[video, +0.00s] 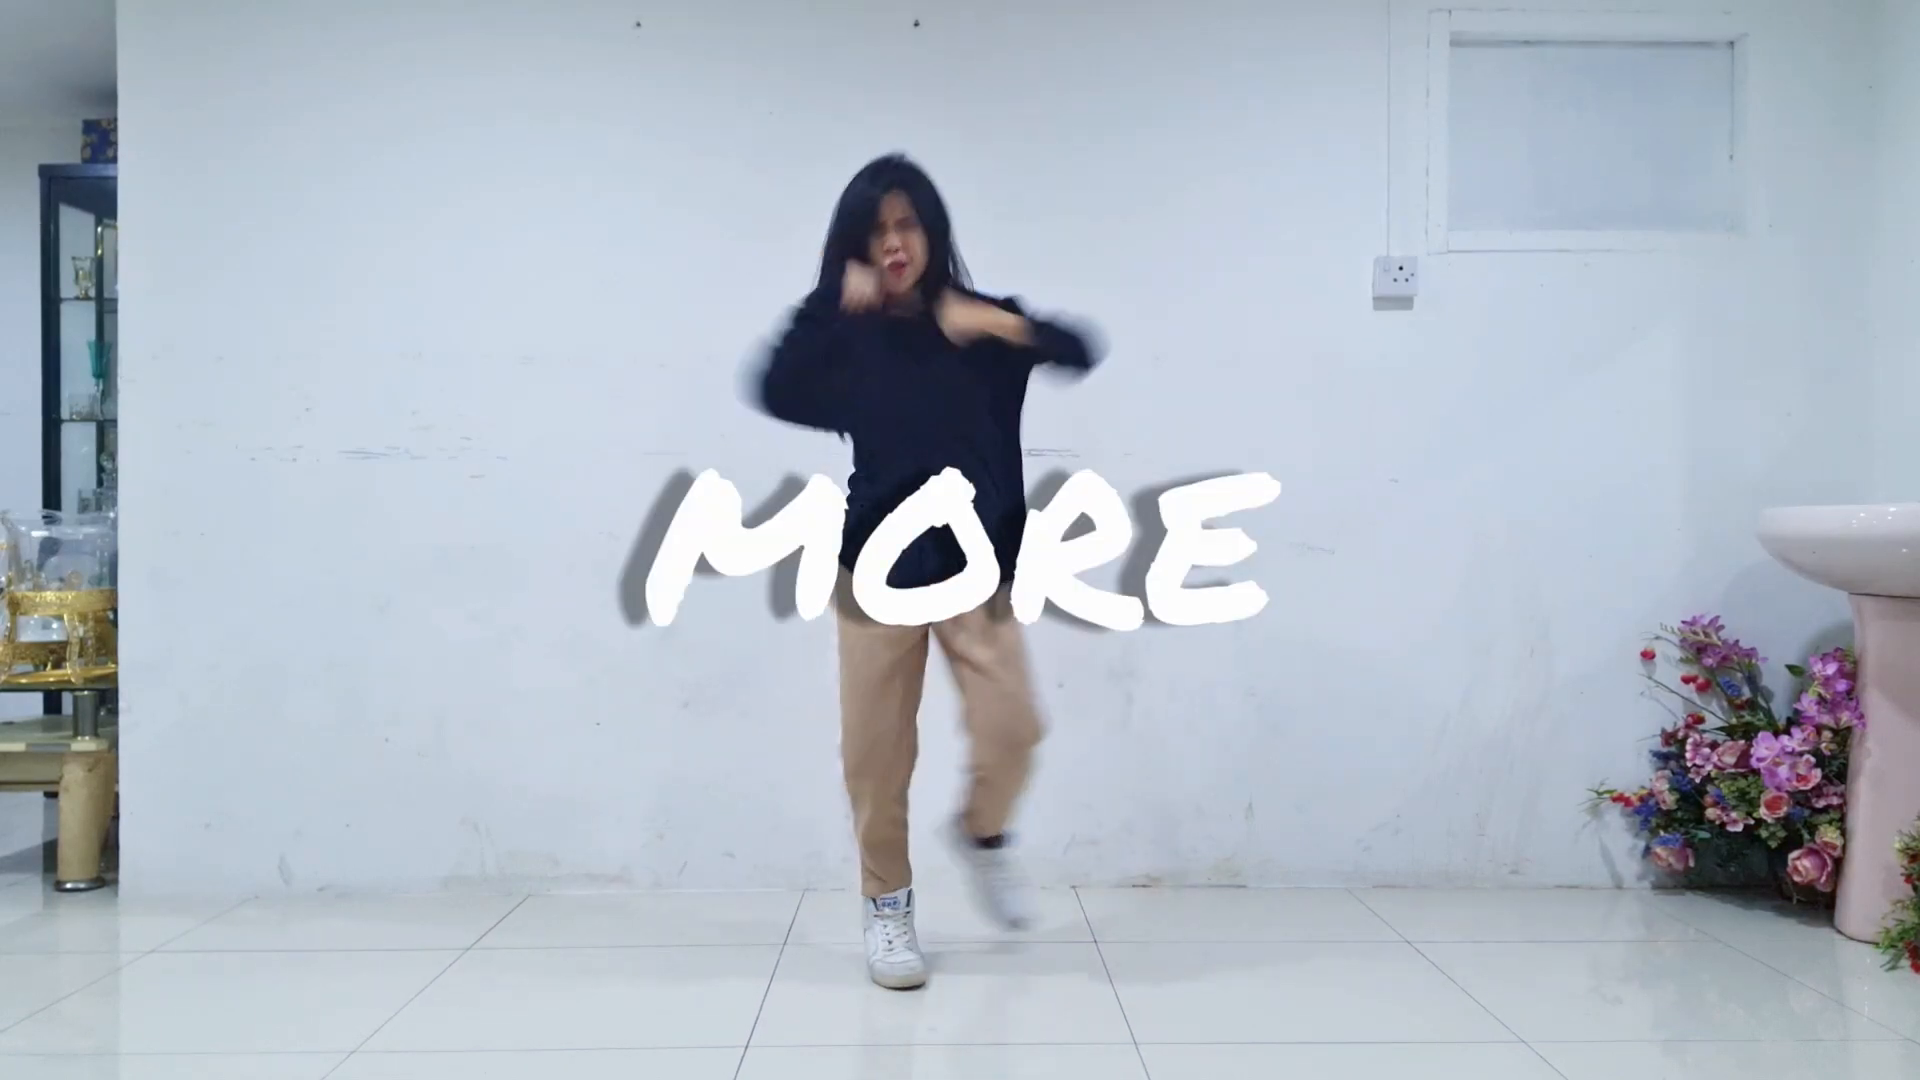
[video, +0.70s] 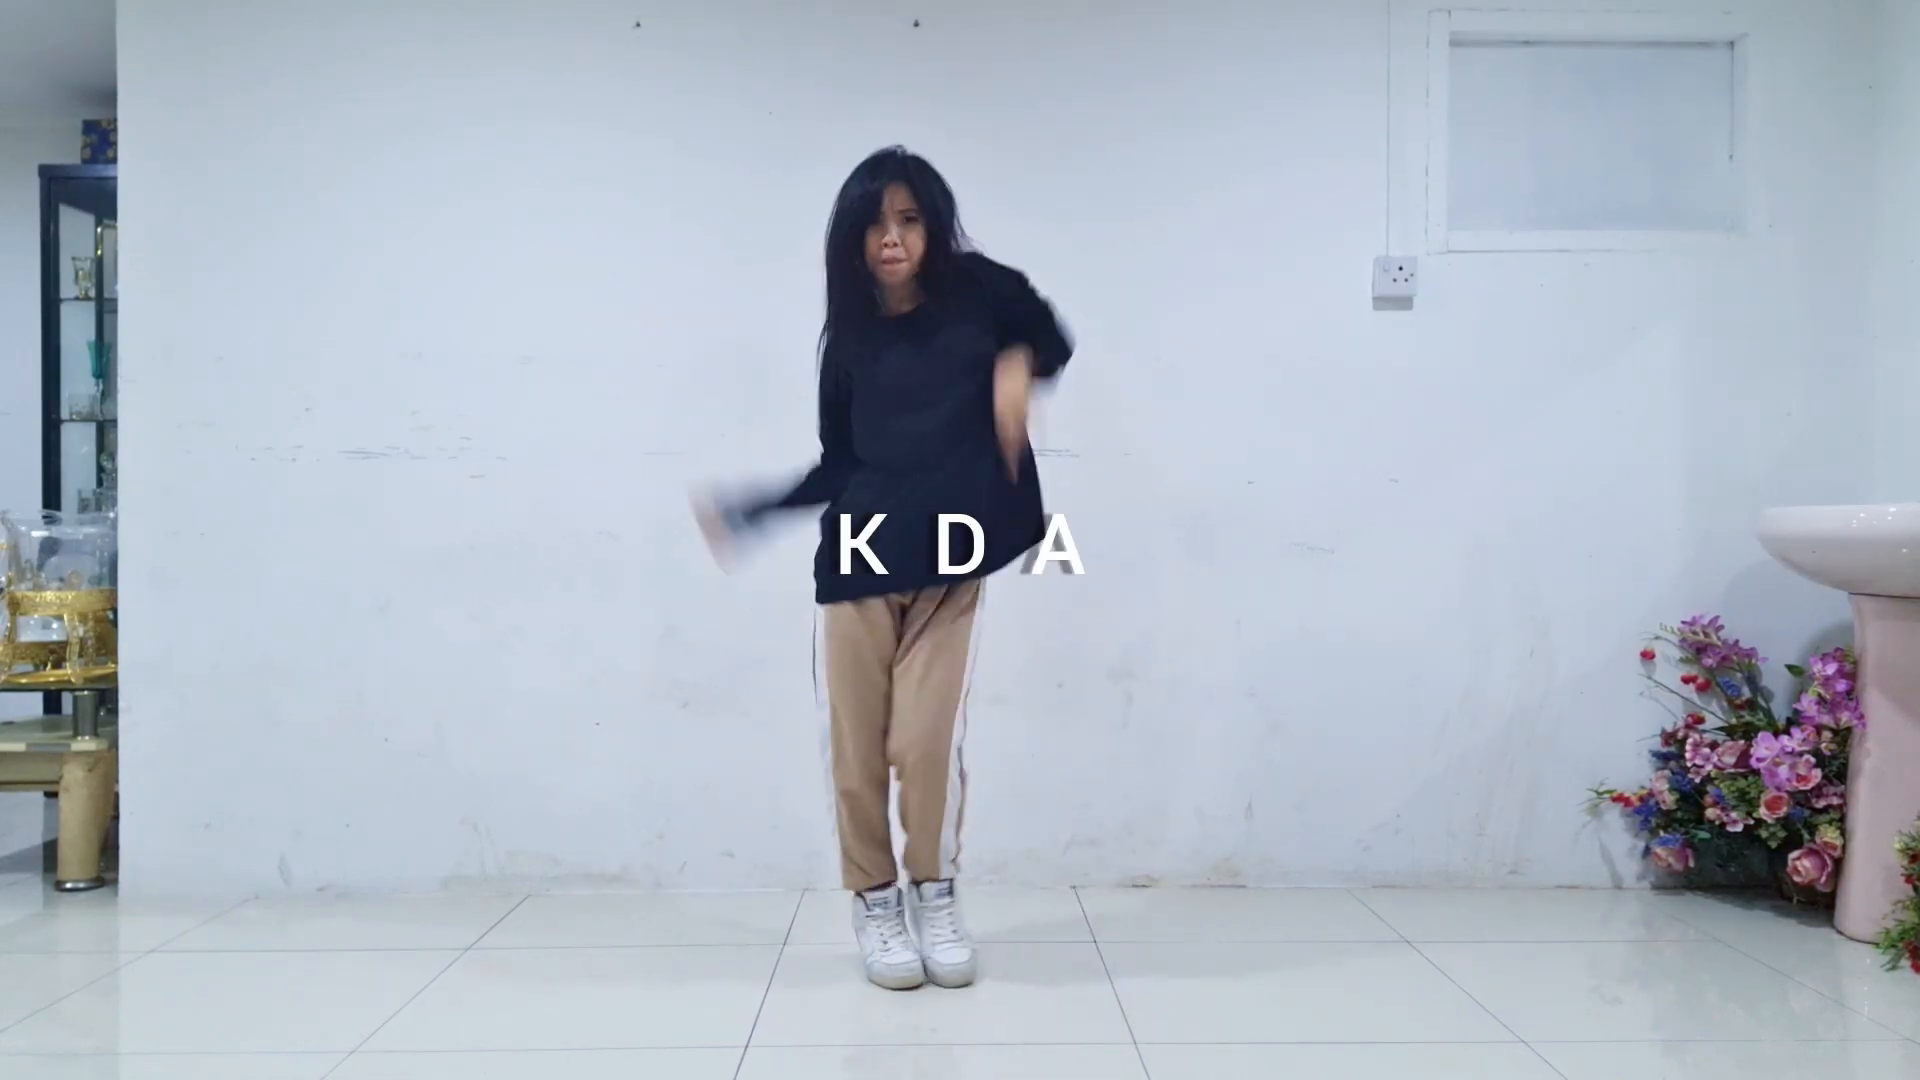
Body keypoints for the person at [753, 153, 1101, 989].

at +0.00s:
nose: (895, 245)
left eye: (908, 227)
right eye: (878, 231)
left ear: (936, 235)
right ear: (853, 245)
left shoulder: (992, 323)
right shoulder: (839, 335)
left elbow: (1080, 353)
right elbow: (782, 395)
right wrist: (836, 307)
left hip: (979, 562)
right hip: (876, 568)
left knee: (1012, 728)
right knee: (876, 750)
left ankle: (982, 837)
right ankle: (887, 903)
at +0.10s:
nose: (910, 233)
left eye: (924, 215)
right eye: (892, 219)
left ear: (948, 224)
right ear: (864, 232)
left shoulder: (990, 309)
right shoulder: (828, 323)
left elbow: (1074, 290)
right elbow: (738, 330)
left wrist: (1125, 320)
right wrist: (757, 359)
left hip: (992, 569)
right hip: (880, 580)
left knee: (1057, 715)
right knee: (870, 755)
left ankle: (1087, 855)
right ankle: (881, 906)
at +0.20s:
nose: (921, 284)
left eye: (937, 268)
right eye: (905, 268)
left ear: (962, 276)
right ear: (877, 277)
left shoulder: (1000, 367)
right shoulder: (831, 378)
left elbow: (1102, 369)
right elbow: (721, 367)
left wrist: (1201, 338)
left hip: (996, 616)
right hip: (893, 626)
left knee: (1075, 768)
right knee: (879, 783)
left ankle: (1146, 879)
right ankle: (885, 923)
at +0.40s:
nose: (908, 268)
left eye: (924, 250)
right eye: (892, 253)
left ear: (954, 258)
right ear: (873, 265)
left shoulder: (997, 354)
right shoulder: (847, 363)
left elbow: (1081, 406)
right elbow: (762, 397)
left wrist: (1108, 337)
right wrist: (700, 324)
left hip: (969, 599)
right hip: (866, 603)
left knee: (1021, 753)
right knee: (865, 773)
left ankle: (1077, 884)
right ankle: (886, 919)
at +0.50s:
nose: (901, 254)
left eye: (917, 235)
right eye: (885, 239)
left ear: (945, 240)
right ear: (864, 250)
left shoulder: (989, 324)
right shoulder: (850, 344)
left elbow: (1061, 389)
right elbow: (787, 418)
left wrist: (1072, 319)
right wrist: (731, 342)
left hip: (956, 586)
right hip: (857, 588)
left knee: (984, 748)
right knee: (861, 764)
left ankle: (1000, 885)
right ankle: (886, 911)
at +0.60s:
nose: (894, 242)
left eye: (910, 223)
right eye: (877, 227)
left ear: (938, 227)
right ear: (855, 239)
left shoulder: (987, 299)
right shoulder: (851, 334)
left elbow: (1062, 366)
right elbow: (807, 435)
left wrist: (1050, 310)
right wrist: (715, 383)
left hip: (956, 568)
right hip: (856, 570)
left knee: (946, 742)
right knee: (862, 750)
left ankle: (936, 896)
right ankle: (883, 907)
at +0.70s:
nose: (893, 240)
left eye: (909, 222)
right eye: (875, 226)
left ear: (934, 229)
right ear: (853, 239)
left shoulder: (978, 288)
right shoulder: (847, 333)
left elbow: (1054, 343)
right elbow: (840, 468)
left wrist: (1017, 367)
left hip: (952, 561)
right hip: (857, 565)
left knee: (920, 742)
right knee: (860, 751)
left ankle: (933, 897)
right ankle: (875, 908)